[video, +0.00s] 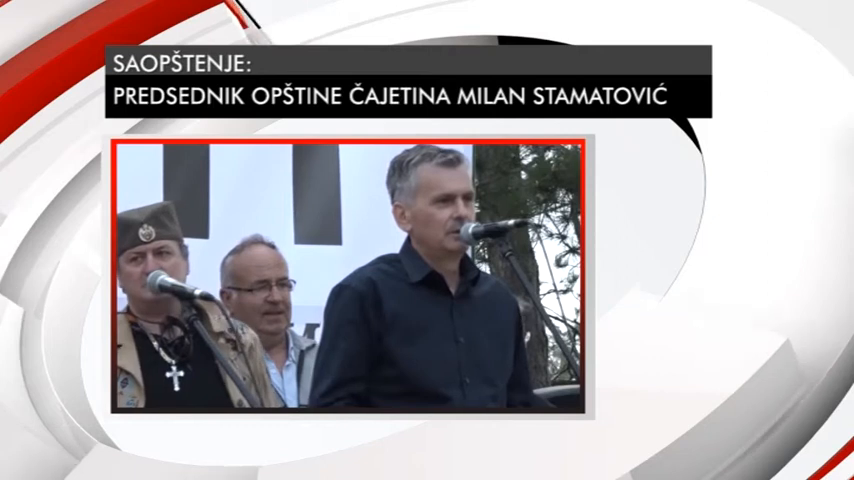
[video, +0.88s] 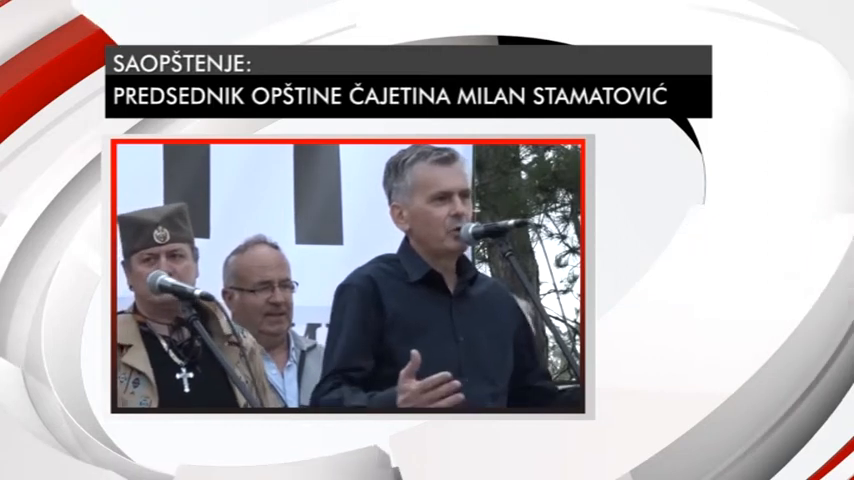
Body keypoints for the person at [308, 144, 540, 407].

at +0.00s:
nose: (462, 214)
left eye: (468, 200)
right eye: (443, 202)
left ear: (476, 204)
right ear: (402, 215)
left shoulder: (499, 301)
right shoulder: (360, 296)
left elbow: (521, 406)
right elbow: (331, 408)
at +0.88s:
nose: (460, 210)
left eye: (464, 197)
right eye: (441, 199)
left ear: (472, 203)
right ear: (401, 216)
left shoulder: (500, 301)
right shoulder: (367, 290)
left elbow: (532, 396)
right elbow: (328, 397)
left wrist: (597, 397)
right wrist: (394, 401)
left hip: (496, 461)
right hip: (399, 463)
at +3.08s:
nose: (459, 212)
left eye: (464, 199)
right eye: (441, 200)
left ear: (472, 203)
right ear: (399, 213)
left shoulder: (496, 301)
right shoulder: (362, 295)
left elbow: (525, 406)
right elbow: (330, 403)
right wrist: (426, 420)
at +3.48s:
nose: (461, 213)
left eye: (465, 200)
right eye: (443, 202)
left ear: (472, 205)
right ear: (400, 214)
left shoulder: (498, 302)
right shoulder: (366, 291)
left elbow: (528, 401)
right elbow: (343, 400)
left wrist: (591, 395)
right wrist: (409, 384)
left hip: (489, 464)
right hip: (396, 463)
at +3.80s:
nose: (462, 215)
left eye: (467, 201)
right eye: (444, 203)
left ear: (474, 204)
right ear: (401, 213)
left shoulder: (495, 299)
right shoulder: (364, 294)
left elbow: (523, 404)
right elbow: (329, 401)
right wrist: (416, 416)